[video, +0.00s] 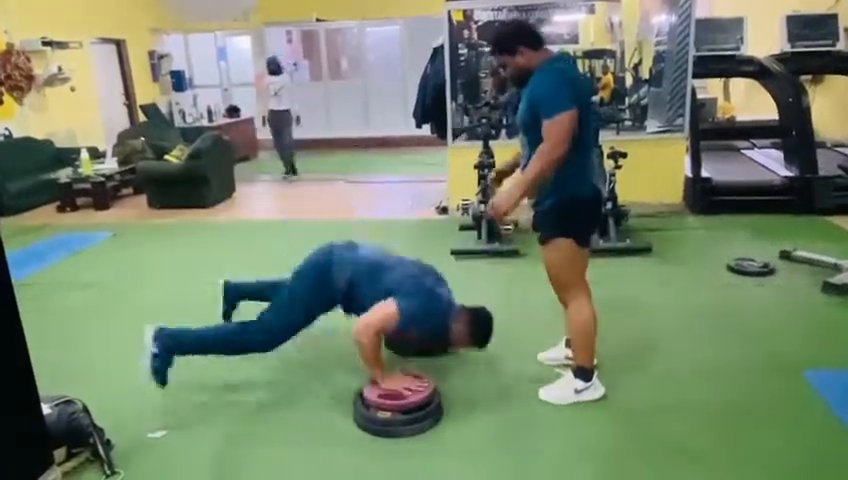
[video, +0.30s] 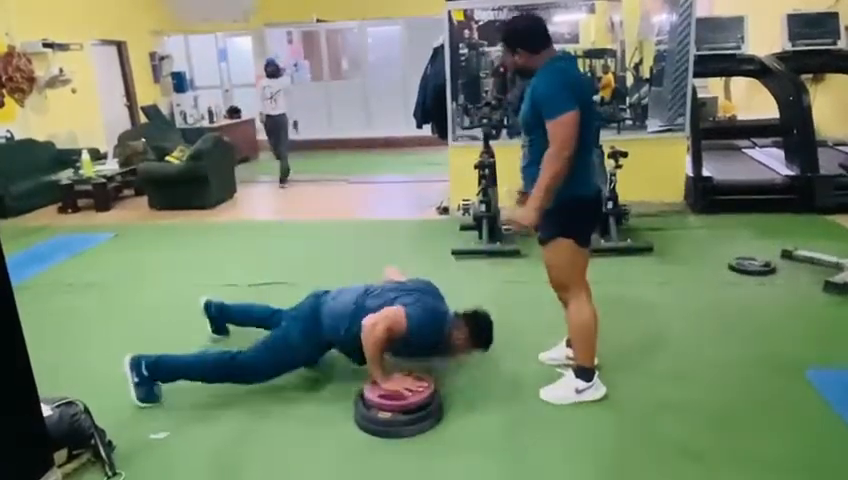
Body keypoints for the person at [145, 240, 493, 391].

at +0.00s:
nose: (458, 346)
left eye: (468, 344)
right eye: (463, 342)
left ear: (467, 316)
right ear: (460, 329)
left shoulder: (443, 294)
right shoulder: (423, 308)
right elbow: (364, 329)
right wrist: (380, 376)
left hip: (347, 256)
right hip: (331, 272)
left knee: (295, 290)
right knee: (265, 334)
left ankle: (236, 288)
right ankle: (167, 341)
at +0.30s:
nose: (464, 352)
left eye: (469, 349)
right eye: (468, 348)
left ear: (465, 323)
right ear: (462, 336)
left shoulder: (433, 294)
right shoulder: (429, 319)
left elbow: (391, 275)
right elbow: (373, 327)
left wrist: (387, 307)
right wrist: (379, 376)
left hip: (327, 300)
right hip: (318, 327)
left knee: (282, 316)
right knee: (246, 367)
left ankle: (221, 310)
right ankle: (148, 367)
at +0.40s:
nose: (462, 315)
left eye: (468, 311)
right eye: (466, 310)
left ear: (460, 288)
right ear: (460, 299)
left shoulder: (426, 276)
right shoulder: (420, 295)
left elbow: (381, 299)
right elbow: (368, 327)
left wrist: (417, 333)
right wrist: (378, 376)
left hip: (327, 305)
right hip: (320, 331)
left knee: (277, 322)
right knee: (240, 370)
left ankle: (217, 311)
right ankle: (144, 369)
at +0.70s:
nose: (437, 284)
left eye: (443, 281)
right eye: (440, 280)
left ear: (433, 252)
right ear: (432, 262)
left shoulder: (402, 243)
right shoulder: (388, 265)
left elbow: (395, 283)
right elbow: (369, 323)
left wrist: (403, 313)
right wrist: (380, 376)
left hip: (311, 295)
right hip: (305, 318)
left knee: (271, 321)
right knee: (236, 362)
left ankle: (212, 319)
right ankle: (142, 370)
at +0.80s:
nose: (434, 284)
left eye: (440, 282)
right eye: (437, 280)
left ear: (432, 252)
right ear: (430, 262)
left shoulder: (405, 240)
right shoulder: (390, 258)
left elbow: (397, 281)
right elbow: (371, 321)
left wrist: (405, 316)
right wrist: (377, 377)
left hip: (292, 261)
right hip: (283, 281)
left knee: (264, 306)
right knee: (239, 348)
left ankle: (218, 314)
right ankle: (147, 368)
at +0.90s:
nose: (416, 279)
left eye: (422, 277)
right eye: (419, 275)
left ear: (415, 248)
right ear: (411, 258)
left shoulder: (394, 238)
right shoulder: (376, 253)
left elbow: (393, 282)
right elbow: (364, 318)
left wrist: (404, 318)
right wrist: (378, 376)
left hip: (289, 231)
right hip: (267, 246)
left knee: (298, 283)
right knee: (263, 331)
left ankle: (242, 311)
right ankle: (181, 358)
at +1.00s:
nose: (396, 272)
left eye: (400, 269)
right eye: (397, 266)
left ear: (395, 242)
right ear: (389, 249)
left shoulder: (378, 236)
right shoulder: (356, 252)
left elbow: (387, 279)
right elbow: (356, 321)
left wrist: (404, 318)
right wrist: (377, 374)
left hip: (275, 219)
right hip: (248, 235)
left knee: (312, 267)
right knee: (289, 306)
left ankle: (285, 324)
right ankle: (234, 371)